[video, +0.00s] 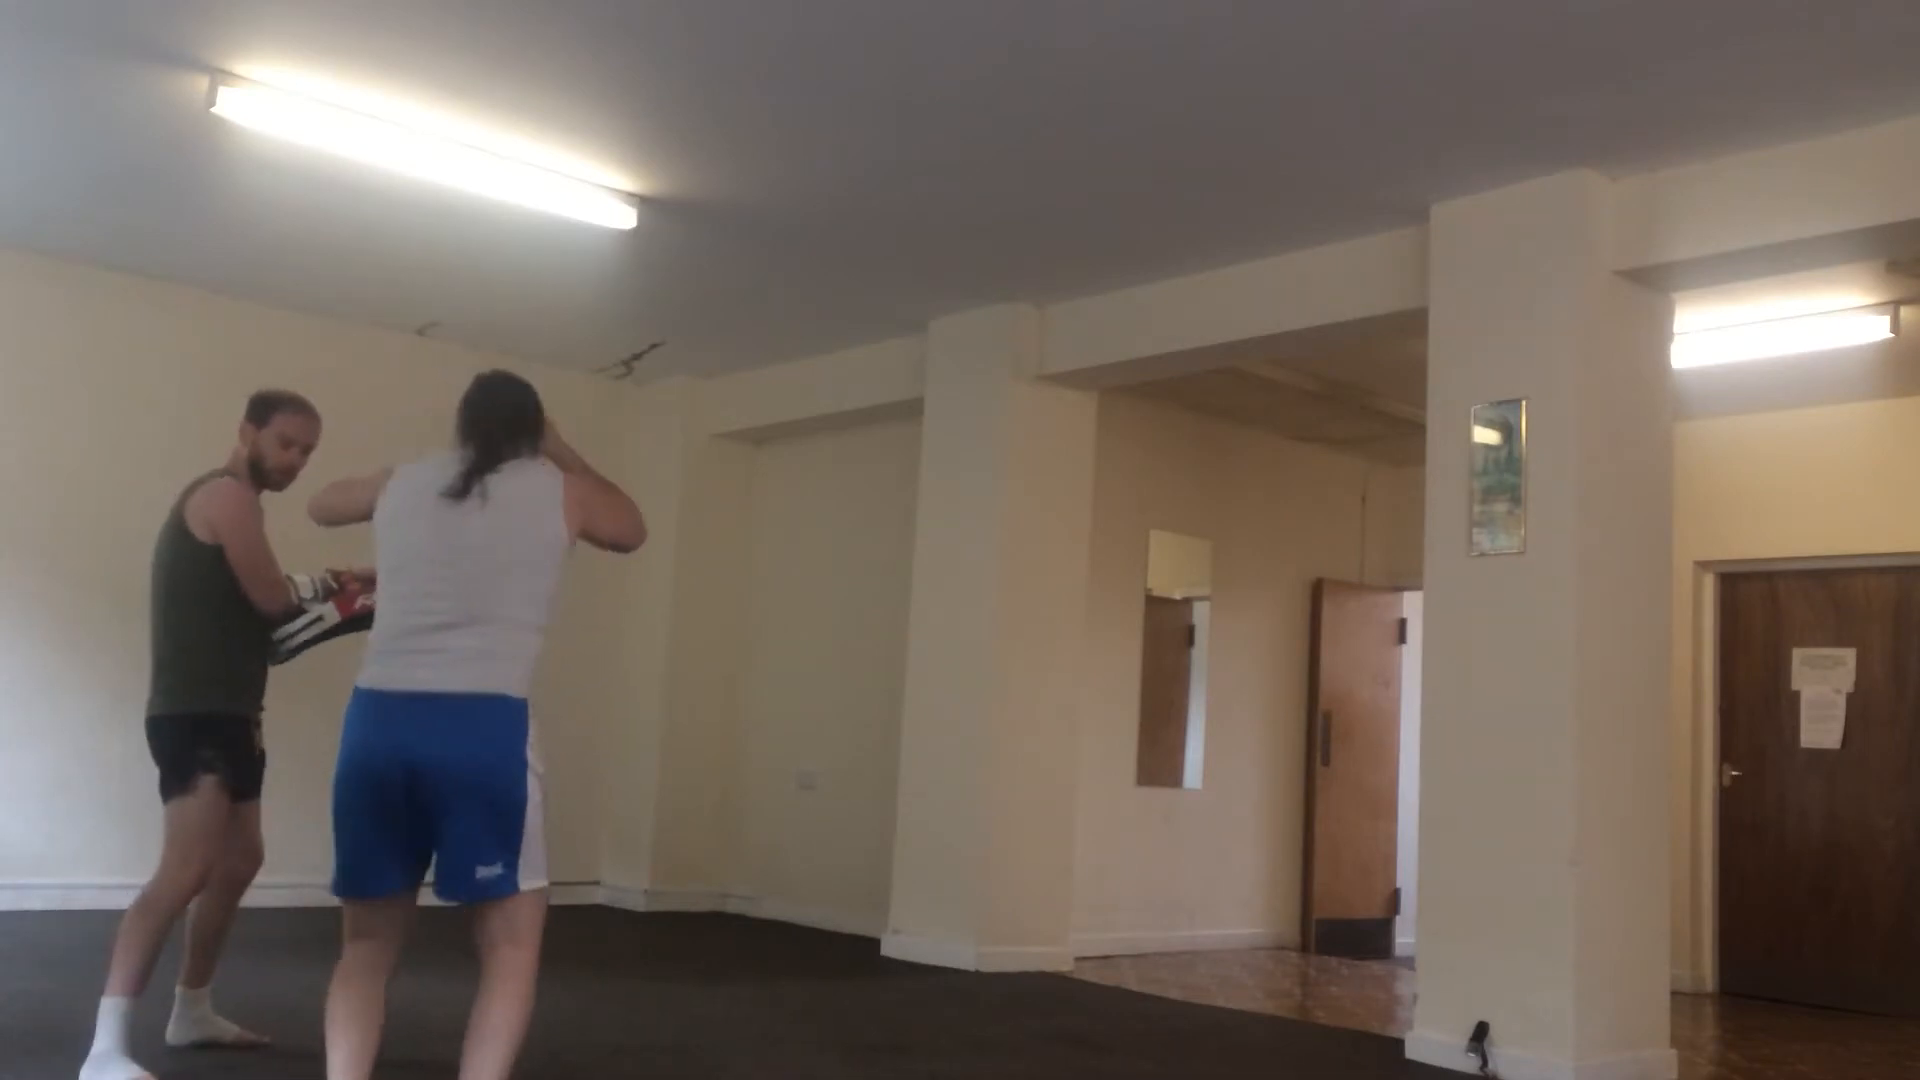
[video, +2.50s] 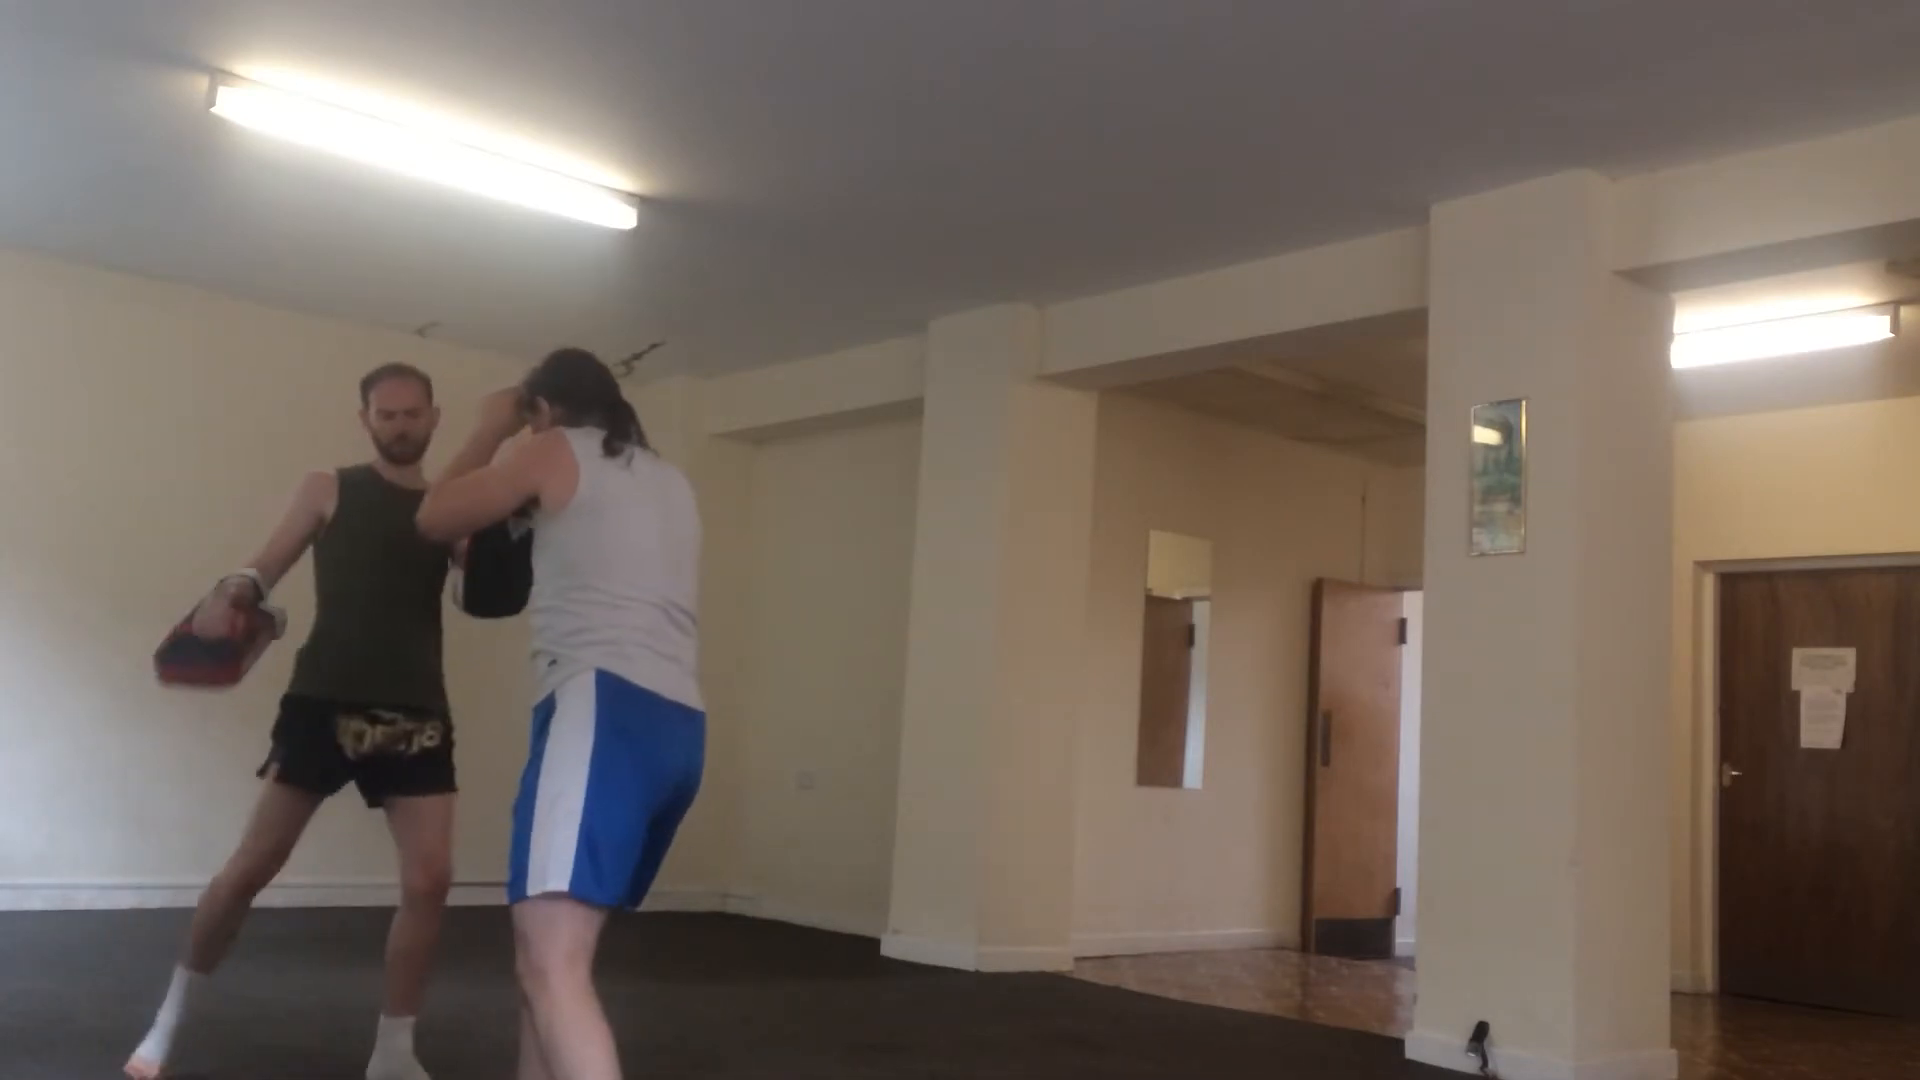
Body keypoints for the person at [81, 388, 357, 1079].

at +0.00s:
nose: (296, 461)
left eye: (305, 451)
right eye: (287, 445)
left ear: (305, 451)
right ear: (249, 433)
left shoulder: (220, 497)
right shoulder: (227, 496)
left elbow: (256, 626)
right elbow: (272, 598)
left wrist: (329, 598)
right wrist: (323, 585)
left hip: (228, 715)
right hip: (199, 716)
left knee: (238, 862)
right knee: (184, 869)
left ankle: (191, 1012)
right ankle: (105, 1049)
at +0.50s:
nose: (316, 460)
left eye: (323, 450)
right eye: (307, 445)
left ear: (306, 444)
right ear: (267, 432)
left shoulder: (237, 494)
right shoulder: (250, 495)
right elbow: (294, 601)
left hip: (243, 714)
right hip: (214, 714)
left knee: (236, 867)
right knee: (182, 871)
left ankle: (191, 1012)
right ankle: (105, 1048)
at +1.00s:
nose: (314, 449)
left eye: (321, 437)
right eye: (300, 435)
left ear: (325, 444)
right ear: (262, 435)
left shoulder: (277, 508)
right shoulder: (229, 499)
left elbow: (277, 611)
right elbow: (270, 600)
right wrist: (336, 593)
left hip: (262, 711)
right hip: (216, 711)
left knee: (246, 865)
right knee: (197, 863)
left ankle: (192, 1012)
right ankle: (116, 1037)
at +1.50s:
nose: (317, 455)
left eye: (329, 445)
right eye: (306, 441)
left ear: (337, 445)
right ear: (271, 432)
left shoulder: (334, 516)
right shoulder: (224, 497)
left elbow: (333, 615)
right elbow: (202, 597)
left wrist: (366, 612)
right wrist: (297, 597)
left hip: (284, 708)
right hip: (205, 702)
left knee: (285, 878)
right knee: (184, 869)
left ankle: (216, 989)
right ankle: (168, 1039)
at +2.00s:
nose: (375, 455)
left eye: (388, 444)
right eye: (364, 440)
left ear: (405, 441)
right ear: (335, 431)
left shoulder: (403, 506)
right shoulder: (288, 499)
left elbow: (472, 583)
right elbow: (225, 585)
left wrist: (465, 498)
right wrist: (236, 625)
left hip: (386, 726)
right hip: (294, 722)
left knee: (427, 878)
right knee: (215, 886)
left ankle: (398, 1050)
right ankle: (151, 1027)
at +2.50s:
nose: (401, 426)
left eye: (413, 414)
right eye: (388, 414)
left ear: (434, 419)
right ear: (366, 420)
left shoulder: (446, 505)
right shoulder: (330, 490)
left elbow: (493, 570)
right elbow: (264, 568)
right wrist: (229, 595)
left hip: (415, 711)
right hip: (326, 705)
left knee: (430, 883)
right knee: (249, 870)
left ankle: (394, 1054)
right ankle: (167, 1024)